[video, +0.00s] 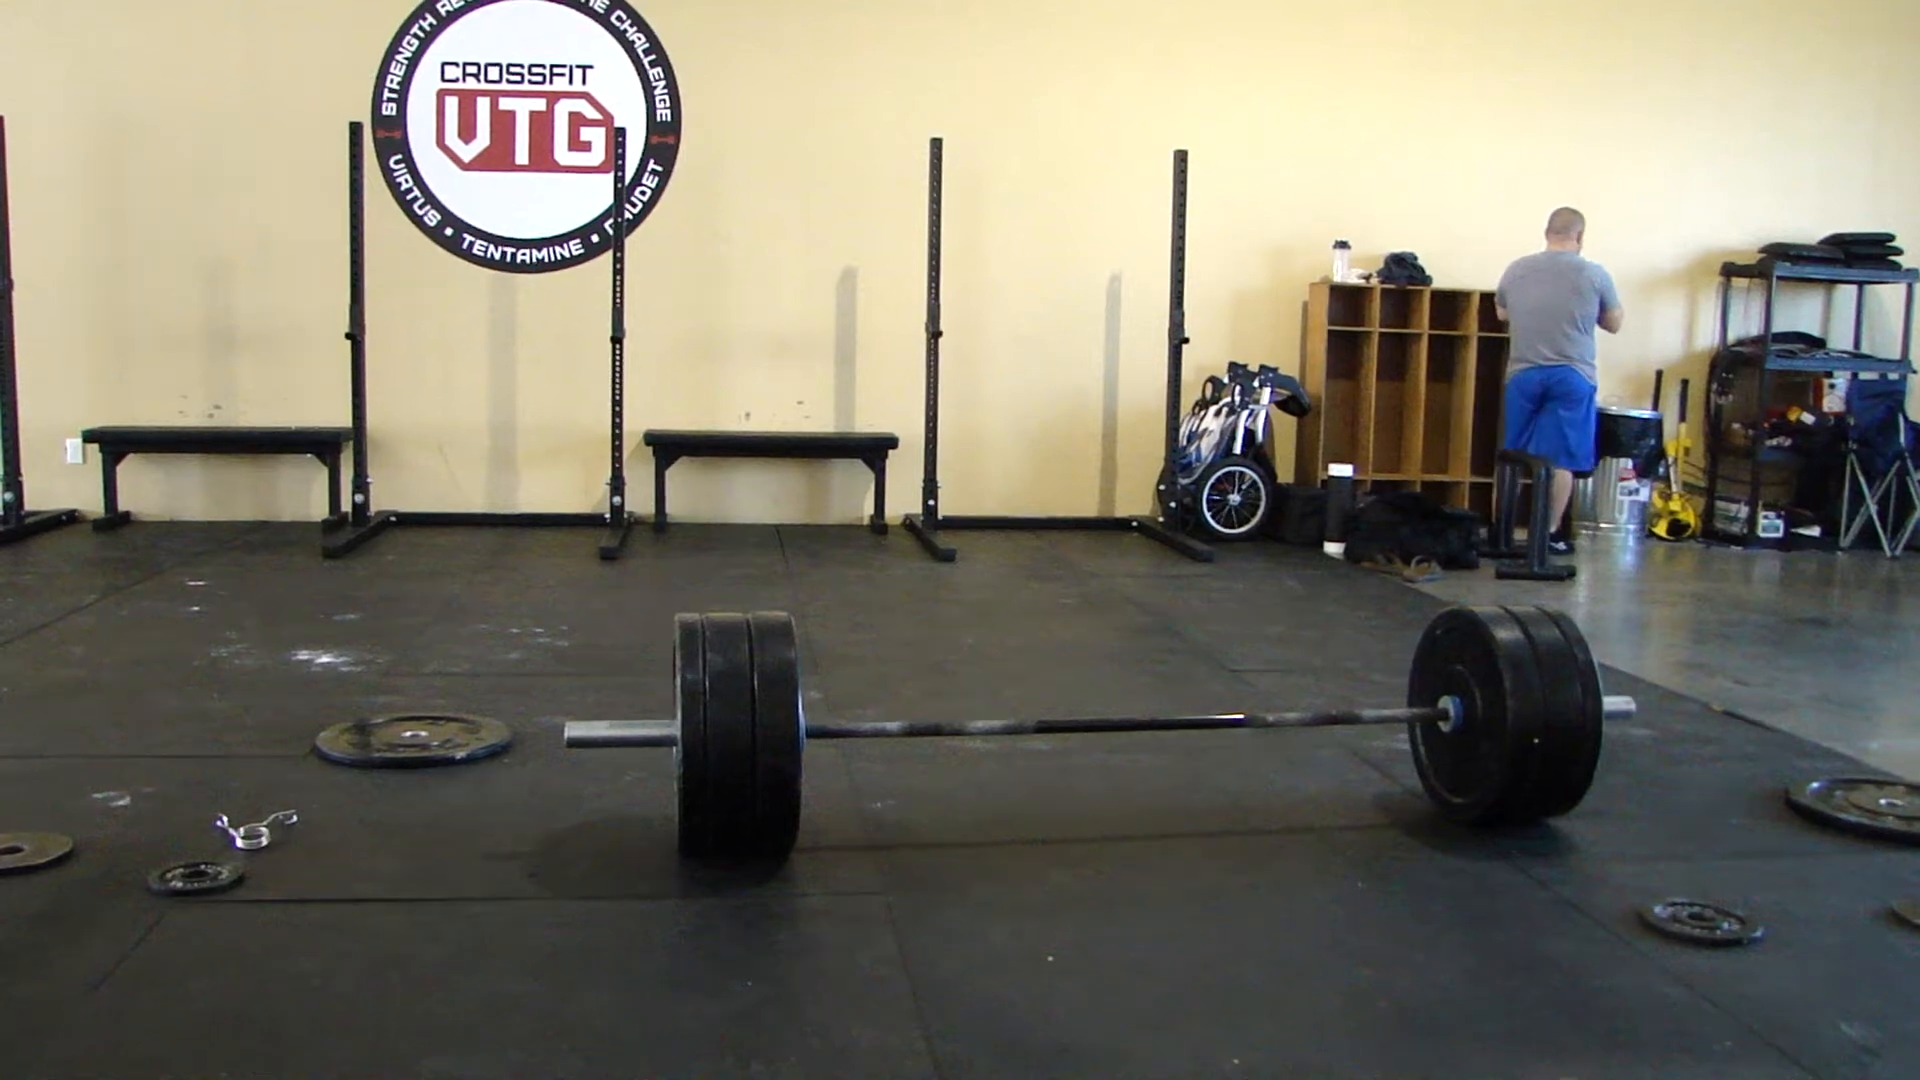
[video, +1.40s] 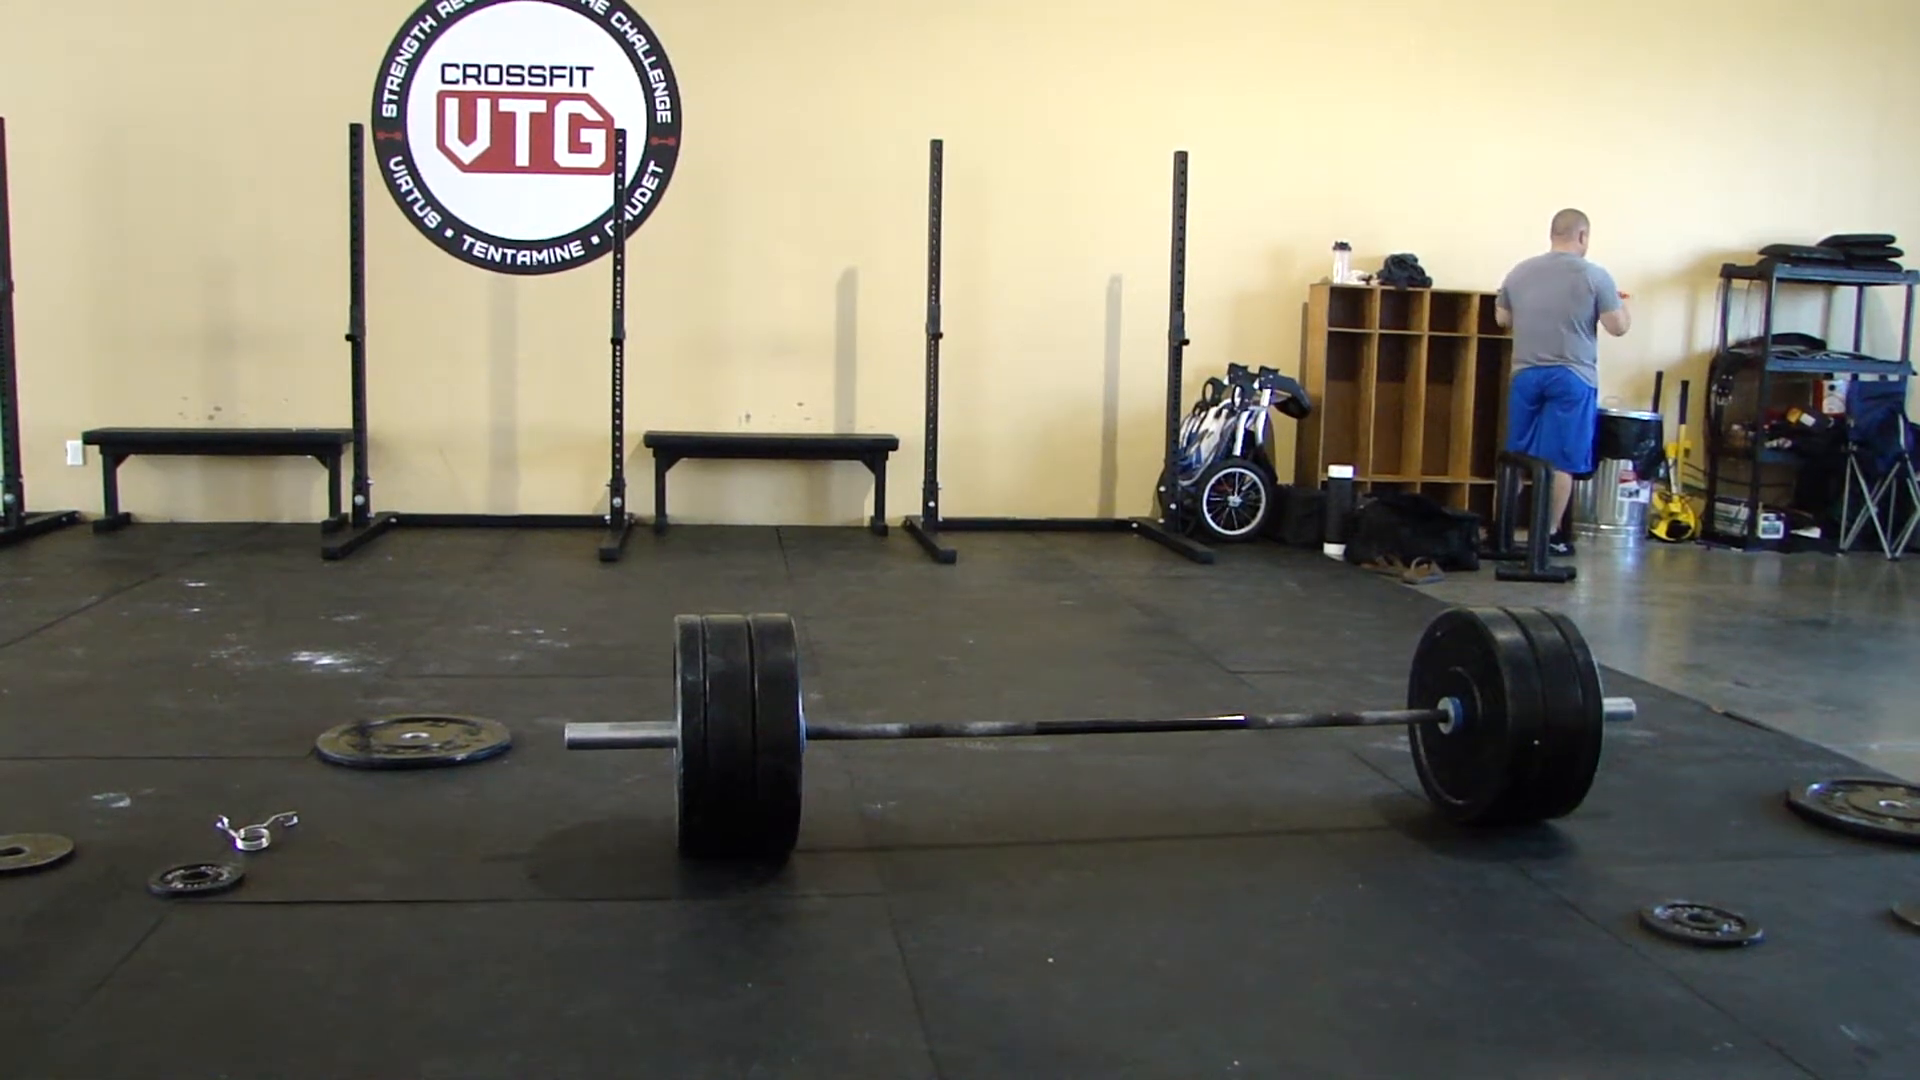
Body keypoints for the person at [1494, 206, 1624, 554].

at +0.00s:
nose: (1579, 243)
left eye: (1576, 238)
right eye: (1581, 238)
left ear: (1546, 234)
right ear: (1579, 237)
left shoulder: (1516, 269)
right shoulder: (1592, 273)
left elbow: (1502, 313)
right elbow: (1613, 323)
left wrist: (1536, 303)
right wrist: (1579, 304)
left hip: (1522, 373)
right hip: (1573, 374)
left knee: (1511, 456)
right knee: (1562, 460)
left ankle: (1502, 532)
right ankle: (1550, 533)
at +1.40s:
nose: (1586, 244)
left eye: (1586, 239)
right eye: (1587, 239)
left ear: (1550, 235)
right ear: (1582, 236)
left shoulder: (1520, 271)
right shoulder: (1593, 274)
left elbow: (1502, 317)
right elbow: (1618, 326)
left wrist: (1535, 307)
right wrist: (1621, 302)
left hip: (1525, 373)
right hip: (1572, 375)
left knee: (1515, 457)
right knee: (1561, 463)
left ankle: (1502, 533)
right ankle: (1548, 536)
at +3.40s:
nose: (1583, 249)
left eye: (1583, 244)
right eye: (1585, 244)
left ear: (1548, 239)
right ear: (1581, 241)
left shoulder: (1518, 272)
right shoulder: (1593, 275)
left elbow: (1502, 321)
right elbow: (1615, 332)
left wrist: (1536, 322)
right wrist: (1625, 346)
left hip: (1522, 376)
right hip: (1570, 378)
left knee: (1512, 459)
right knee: (1560, 465)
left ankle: (1500, 536)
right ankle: (1548, 539)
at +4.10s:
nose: (1582, 247)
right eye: (1584, 242)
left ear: (1548, 240)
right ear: (1582, 240)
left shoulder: (1519, 274)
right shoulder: (1595, 277)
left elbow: (1506, 322)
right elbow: (1613, 329)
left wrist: (1538, 318)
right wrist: (1583, 314)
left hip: (1524, 376)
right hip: (1572, 378)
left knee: (1513, 459)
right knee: (1561, 464)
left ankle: (1500, 536)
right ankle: (1549, 538)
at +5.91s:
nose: (1561, 245)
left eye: (1548, 239)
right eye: (1577, 240)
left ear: (1545, 240)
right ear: (1580, 241)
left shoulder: (1520, 275)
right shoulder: (1598, 276)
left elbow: (1509, 324)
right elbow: (1618, 325)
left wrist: (1542, 314)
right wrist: (1581, 311)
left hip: (1527, 377)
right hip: (1575, 379)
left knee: (1516, 460)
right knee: (1562, 465)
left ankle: (1501, 535)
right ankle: (1547, 540)